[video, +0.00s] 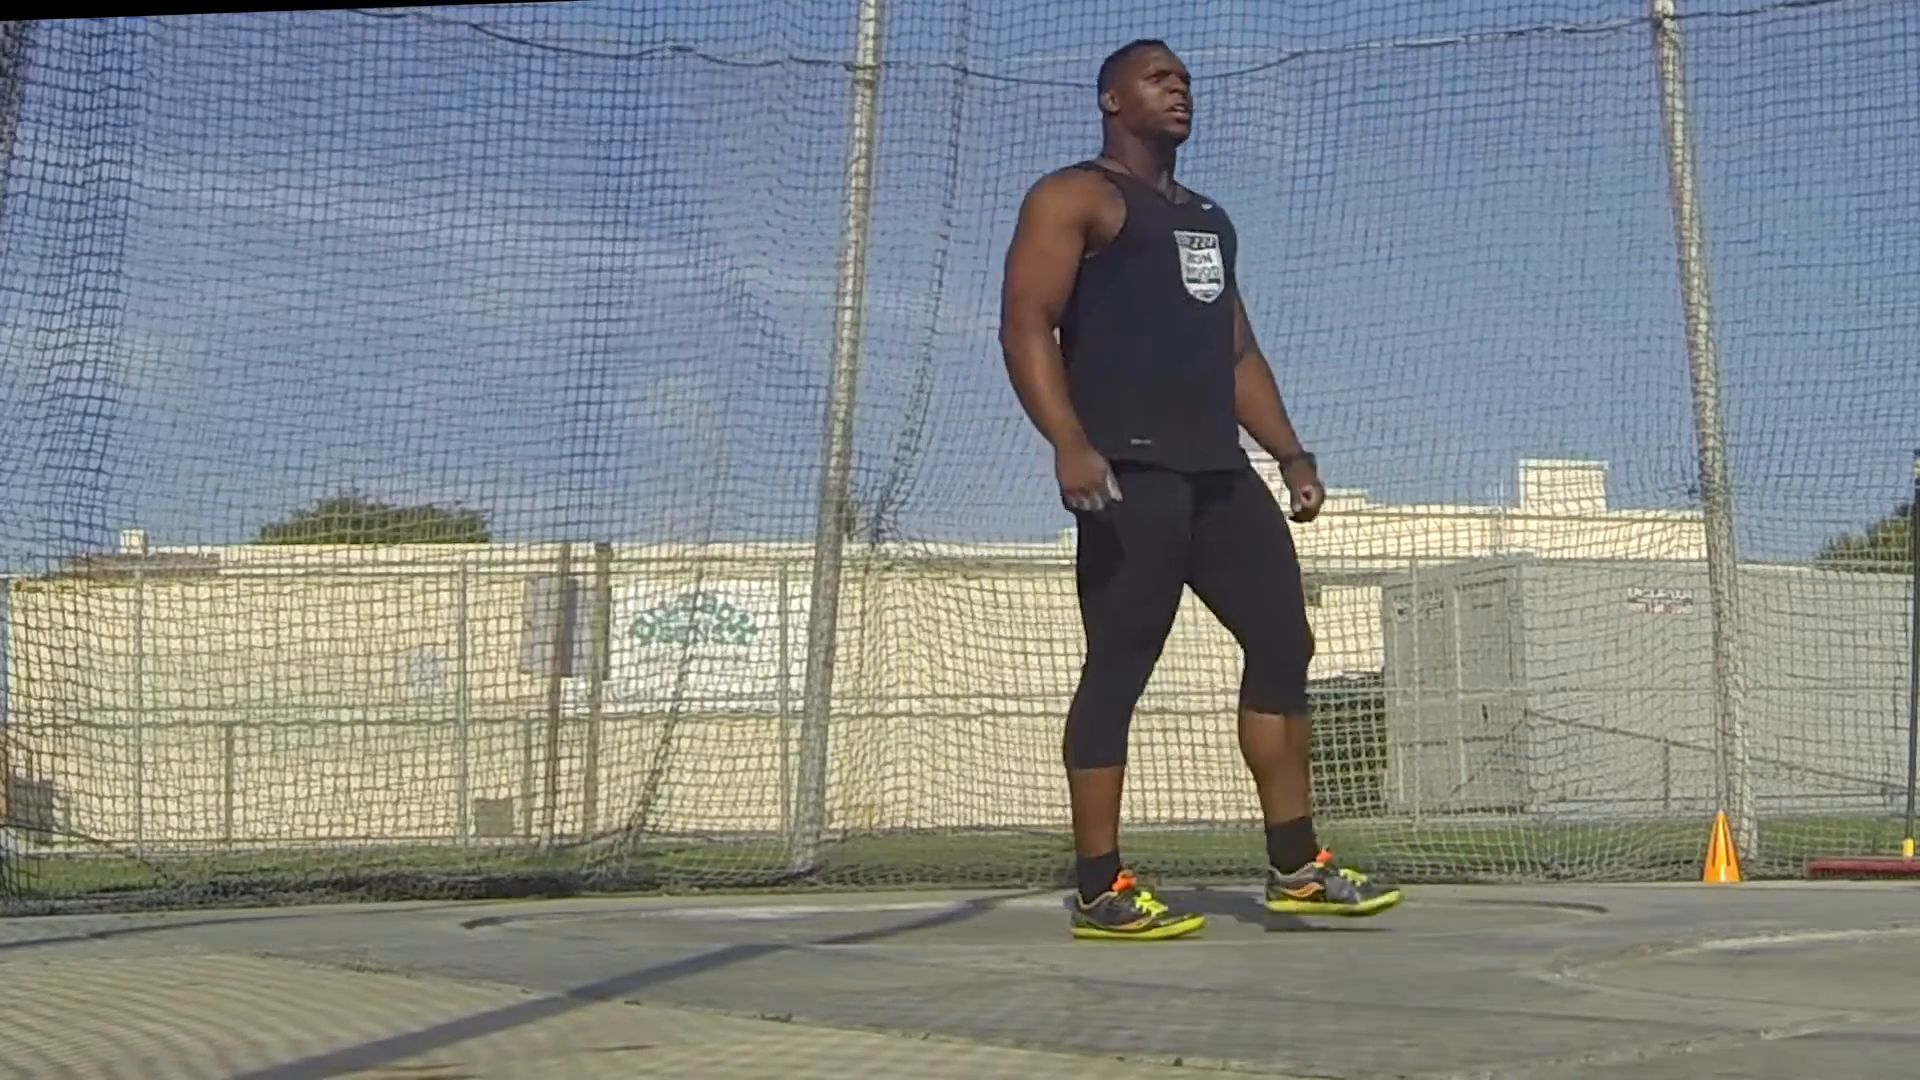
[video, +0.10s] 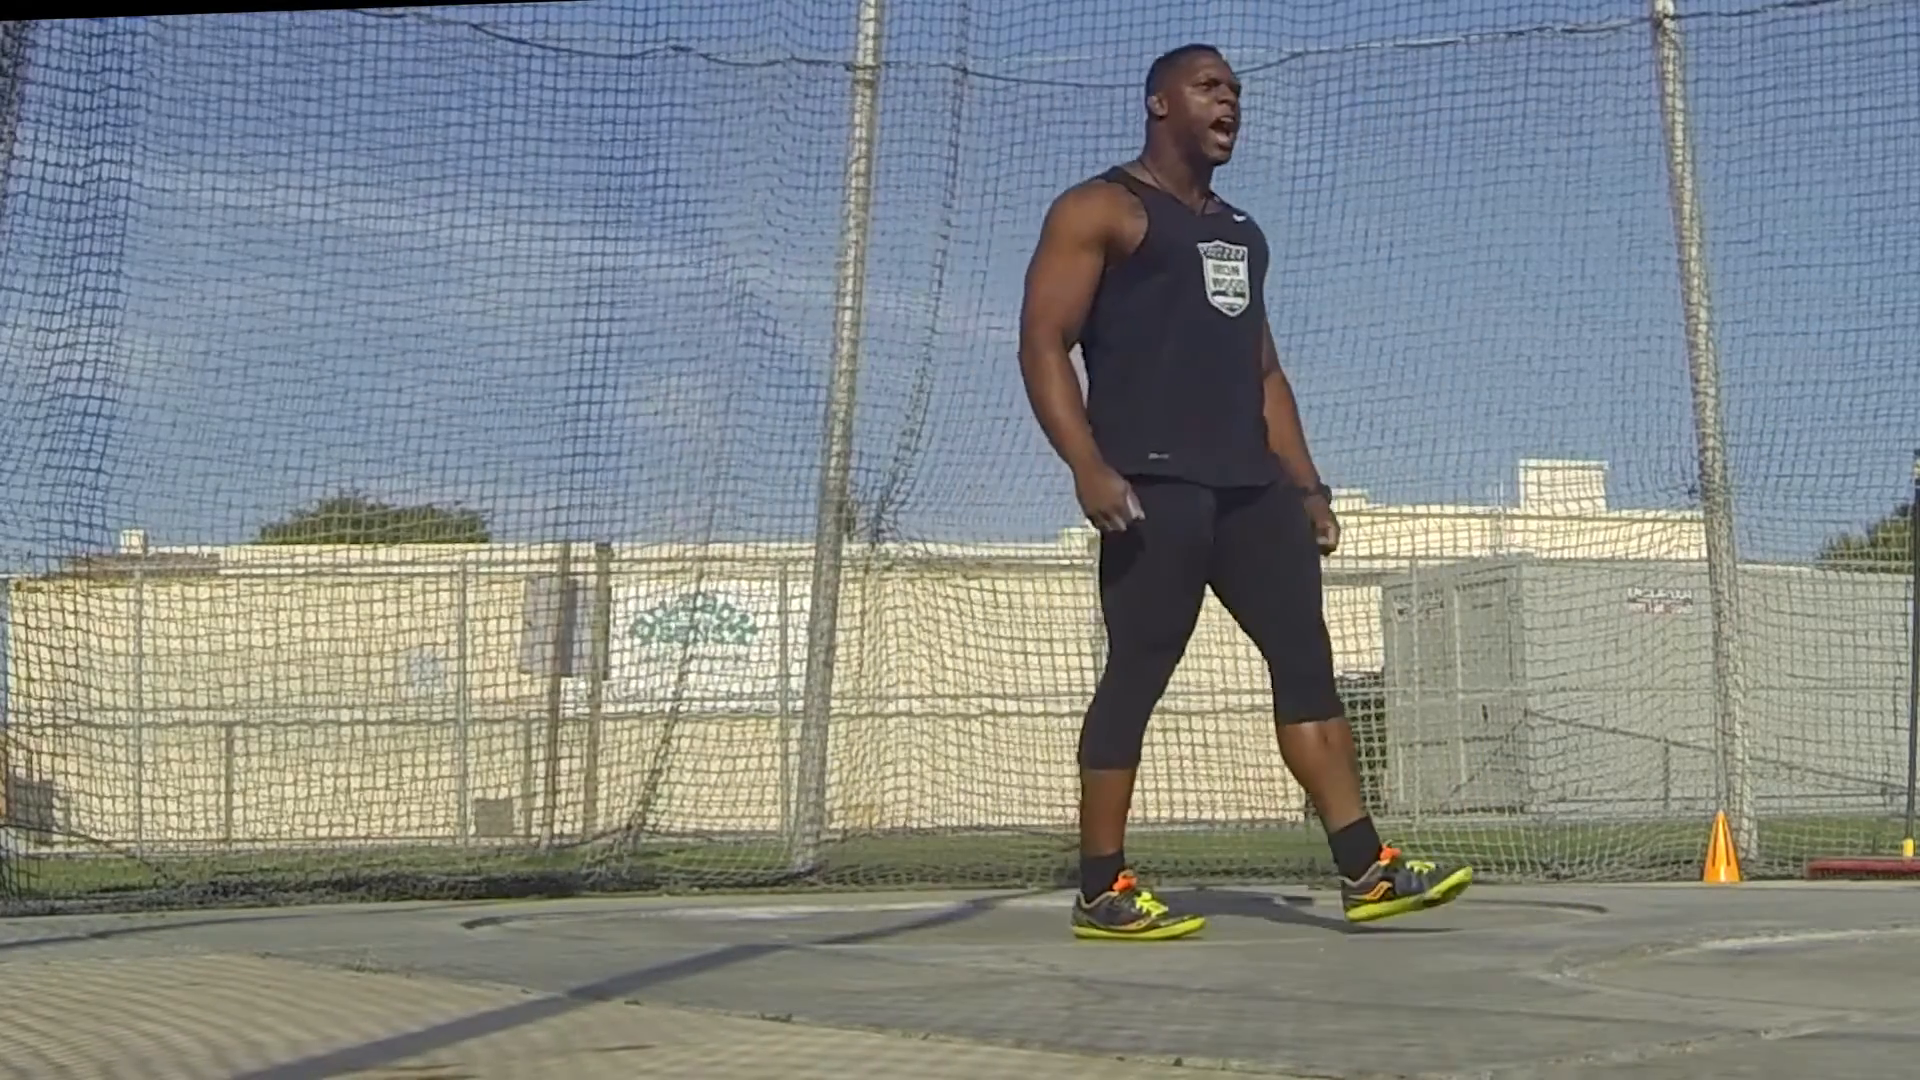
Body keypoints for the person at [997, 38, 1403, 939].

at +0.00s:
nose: (1180, 92)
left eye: (1184, 81)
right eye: (1159, 79)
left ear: (1186, 105)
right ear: (1111, 101)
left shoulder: (1206, 218)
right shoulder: (1071, 196)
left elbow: (1238, 351)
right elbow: (1024, 327)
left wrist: (1290, 451)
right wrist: (1070, 443)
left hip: (1220, 476)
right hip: (1127, 475)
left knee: (1281, 644)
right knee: (1114, 673)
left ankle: (1297, 866)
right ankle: (1099, 886)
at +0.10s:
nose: (1230, 106)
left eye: (1235, 94)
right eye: (1210, 89)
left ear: (1231, 114)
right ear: (1158, 103)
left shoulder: (1239, 233)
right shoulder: (1097, 208)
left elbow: (1262, 372)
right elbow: (1042, 346)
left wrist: (1305, 482)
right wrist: (1087, 468)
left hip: (1254, 488)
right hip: (1151, 485)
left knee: (1304, 660)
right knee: (1135, 678)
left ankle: (1366, 868)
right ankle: (1102, 887)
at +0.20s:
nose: (1267, 108)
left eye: (1272, 96)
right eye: (1248, 91)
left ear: (1271, 117)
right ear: (1195, 103)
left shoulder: (1279, 234)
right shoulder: (1132, 211)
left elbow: (1290, 365)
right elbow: (1078, 357)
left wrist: (1306, 480)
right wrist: (1107, 488)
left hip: (1282, 492)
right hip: (1180, 489)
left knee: (1328, 672)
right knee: (1151, 680)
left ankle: (1401, 871)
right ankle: (1104, 883)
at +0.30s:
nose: (1307, 107)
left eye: (1313, 96)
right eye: (1288, 90)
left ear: (1313, 121)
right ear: (1236, 106)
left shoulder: (1325, 237)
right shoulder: (1174, 211)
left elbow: (1338, 370)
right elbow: (1120, 356)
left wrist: (1356, 481)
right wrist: (1141, 491)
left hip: (1322, 487)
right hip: (1218, 484)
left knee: (1357, 675)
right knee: (1182, 678)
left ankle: (1413, 880)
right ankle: (1115, 877)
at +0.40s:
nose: (1342, 97)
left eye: (1347, 87)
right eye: (1323, 83)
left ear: (1350, 109)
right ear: (1272, 98)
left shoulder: (1365, 233)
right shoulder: (1210, 202)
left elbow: (1390, 370)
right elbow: (1163, 345)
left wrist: (1430, 483)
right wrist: (1189, 472)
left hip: (1359, 481)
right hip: (1255, 473)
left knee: (1387, 666)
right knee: (1227, 664)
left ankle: (1420, 880)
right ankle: (1144, 863)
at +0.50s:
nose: (1368, 89)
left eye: (1373, 78)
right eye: (1349, 75)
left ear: (1378, 100)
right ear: (1299, 94)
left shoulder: (1398, 226)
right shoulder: (1238, 194)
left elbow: (1444, 354)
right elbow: (1189, 326)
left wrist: (1496, 455)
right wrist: (1237, 436)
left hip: (1387, 474)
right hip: (1284, 465)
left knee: (1397, 661)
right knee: (1270, 648)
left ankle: (1419, 882)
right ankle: (1194, 840)